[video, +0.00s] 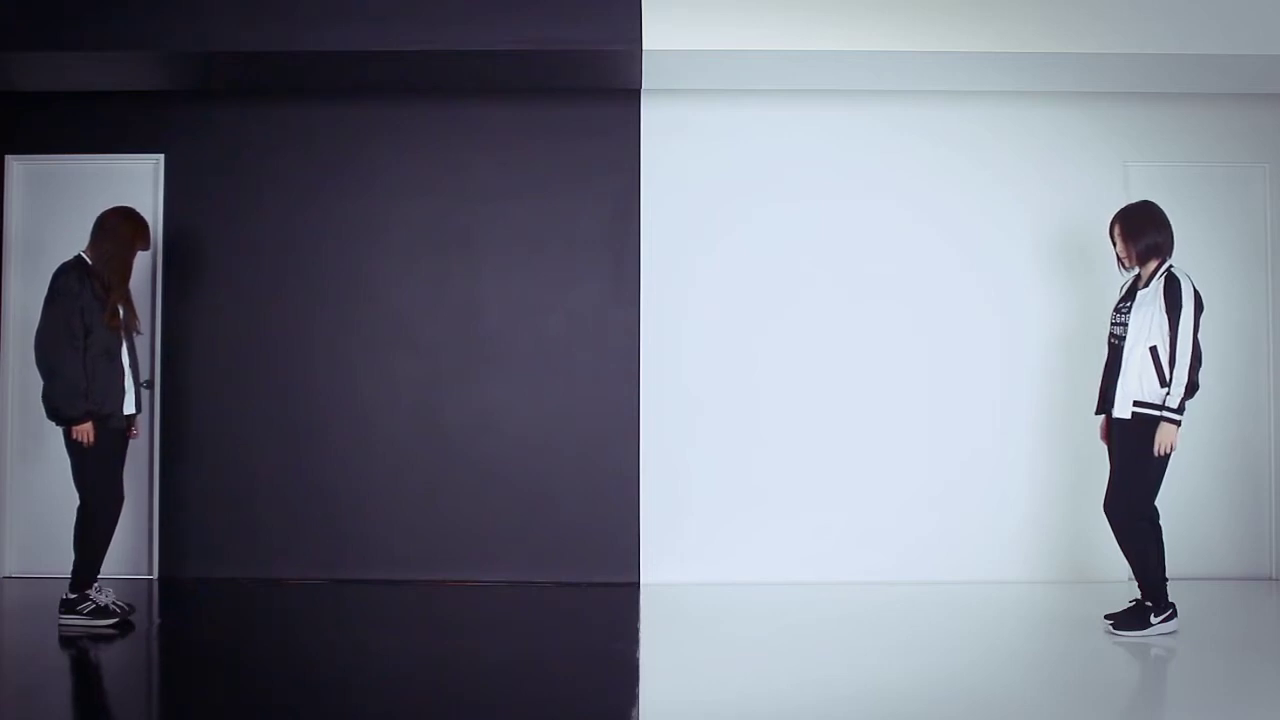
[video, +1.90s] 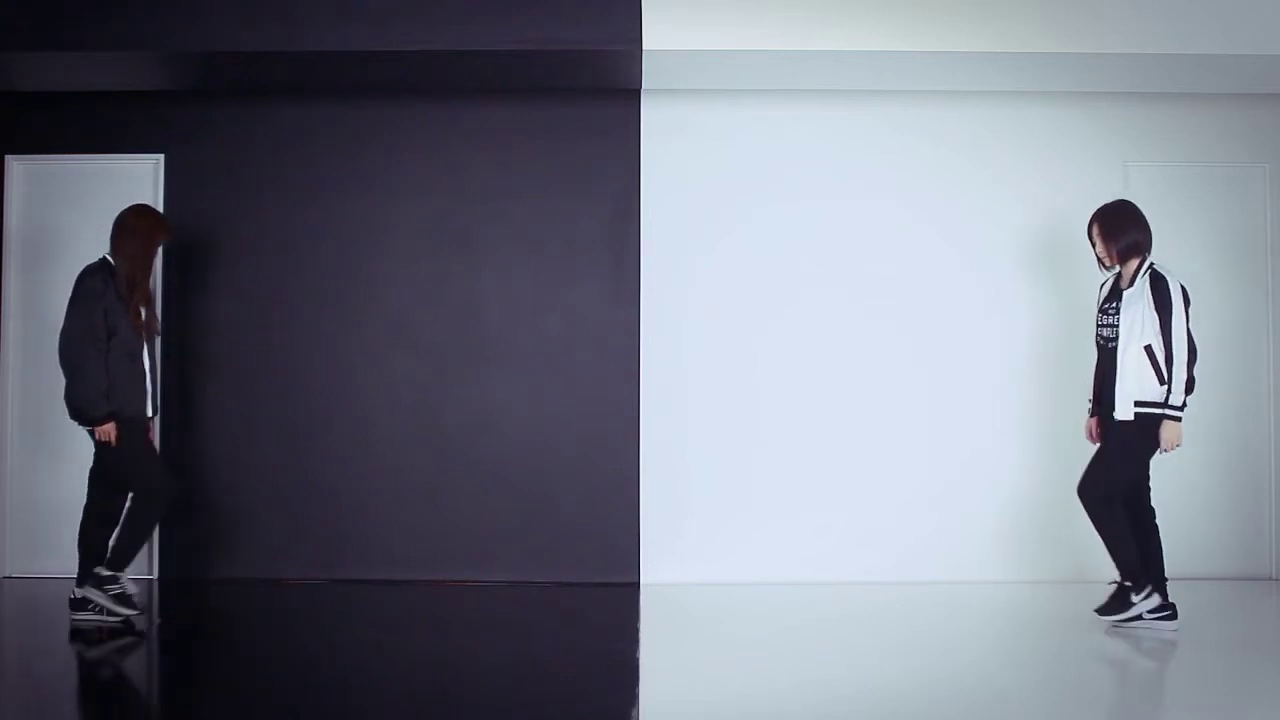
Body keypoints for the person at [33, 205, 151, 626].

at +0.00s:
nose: (134, 259)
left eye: (137, 251)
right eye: (132, 250)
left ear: (110, 241)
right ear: (115, 244)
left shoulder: (110, 283)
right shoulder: (72, 278)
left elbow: (120, 354)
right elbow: (56, 349)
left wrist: (130, 410)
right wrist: (76, 412)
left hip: (112, 416)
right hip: (87, 417)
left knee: (108, 499)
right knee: (100, 501)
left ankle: (86, 590)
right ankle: (78, 597)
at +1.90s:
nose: (156, 256)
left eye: (157, 247)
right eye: (153, 247)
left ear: (129, 240)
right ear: (136, 242)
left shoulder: (132, 285)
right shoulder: (96, 279)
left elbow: (135, 358)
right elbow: (80, 350)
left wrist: (145, 414)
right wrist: (98, 413)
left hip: (128, 414)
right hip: (111, 415)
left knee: (104, 503)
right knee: (156, 489)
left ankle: (87, 592)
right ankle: (107, 576)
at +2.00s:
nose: (162, 255)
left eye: (164, 247)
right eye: (160, 246)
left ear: (136, 240)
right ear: (142, 242)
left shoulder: (132, 282)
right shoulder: (103, 278)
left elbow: (135, 347)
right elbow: (85, 348)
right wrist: (104, 412)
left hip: (136, 415)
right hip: (122, 417)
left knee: (105, 508)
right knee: (173, 481)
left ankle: (86, 593)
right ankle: (151, 573)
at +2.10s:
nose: (173, 255)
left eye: (175, 246)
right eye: (169, 245)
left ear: (152, 244)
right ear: (149, 242)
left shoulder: (155, 285)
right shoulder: (113, 280)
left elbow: (164, 355)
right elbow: (94, 350)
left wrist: (176, 411)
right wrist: (112, 414)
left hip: (148, 418)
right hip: (133, 419)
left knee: (107, 511)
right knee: (182, 487)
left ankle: (86, 593)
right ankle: (195, 576)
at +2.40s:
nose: (214, 263)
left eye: (215, 254)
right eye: (210, 254)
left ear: (188, 250)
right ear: (190, 250)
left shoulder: (185, 294)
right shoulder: (158, 290)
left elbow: (185, 364)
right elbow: (143, 361)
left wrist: (193, 424)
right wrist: (156, 425)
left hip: (180, 427)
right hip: (171, 429)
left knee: (130, 512)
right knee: (205, 511)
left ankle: (89, 590)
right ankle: (244, 587)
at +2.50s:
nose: (233, 260)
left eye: (234, 251)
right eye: (229, 251)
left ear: (204, 248)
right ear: (210, 249)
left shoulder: (209, 290)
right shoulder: (179, 290)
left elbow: (213, 359)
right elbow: (166, 359)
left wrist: (225, 418)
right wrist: (180, 422)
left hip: (213, 421)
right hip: (192, 423)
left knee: (154, 503)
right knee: (226, 506)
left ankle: (100, 582)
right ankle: (251, 590)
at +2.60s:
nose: (253, 257)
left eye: (255, 249)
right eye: (249, 248)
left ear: (226, 247)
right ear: (229, 246)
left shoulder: (232, 288)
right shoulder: (199, 287)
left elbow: (238, 360)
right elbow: (194, 358)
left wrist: (251, 414)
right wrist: (209, 416)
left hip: (241, 420)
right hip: (220, 423)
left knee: (197, 501)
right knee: (239, 504)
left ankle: (131, 565)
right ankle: (253, 590)